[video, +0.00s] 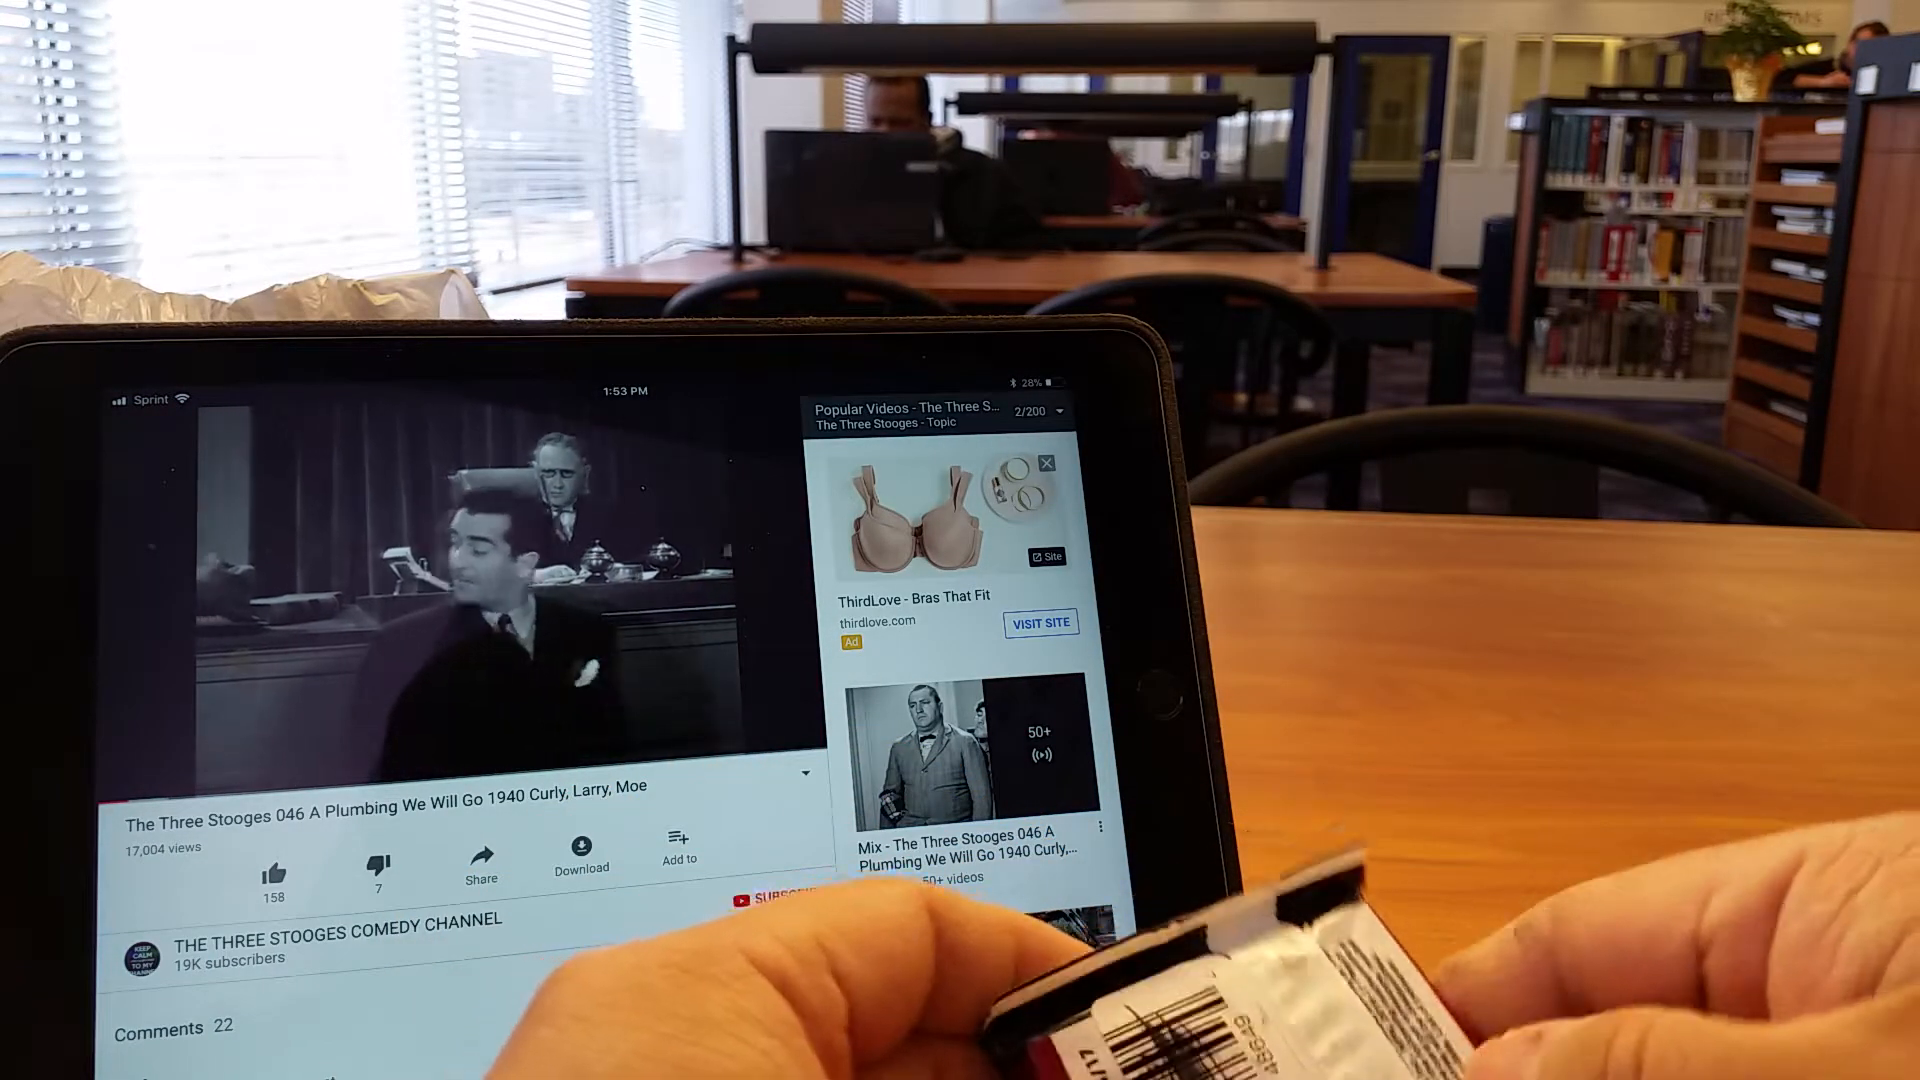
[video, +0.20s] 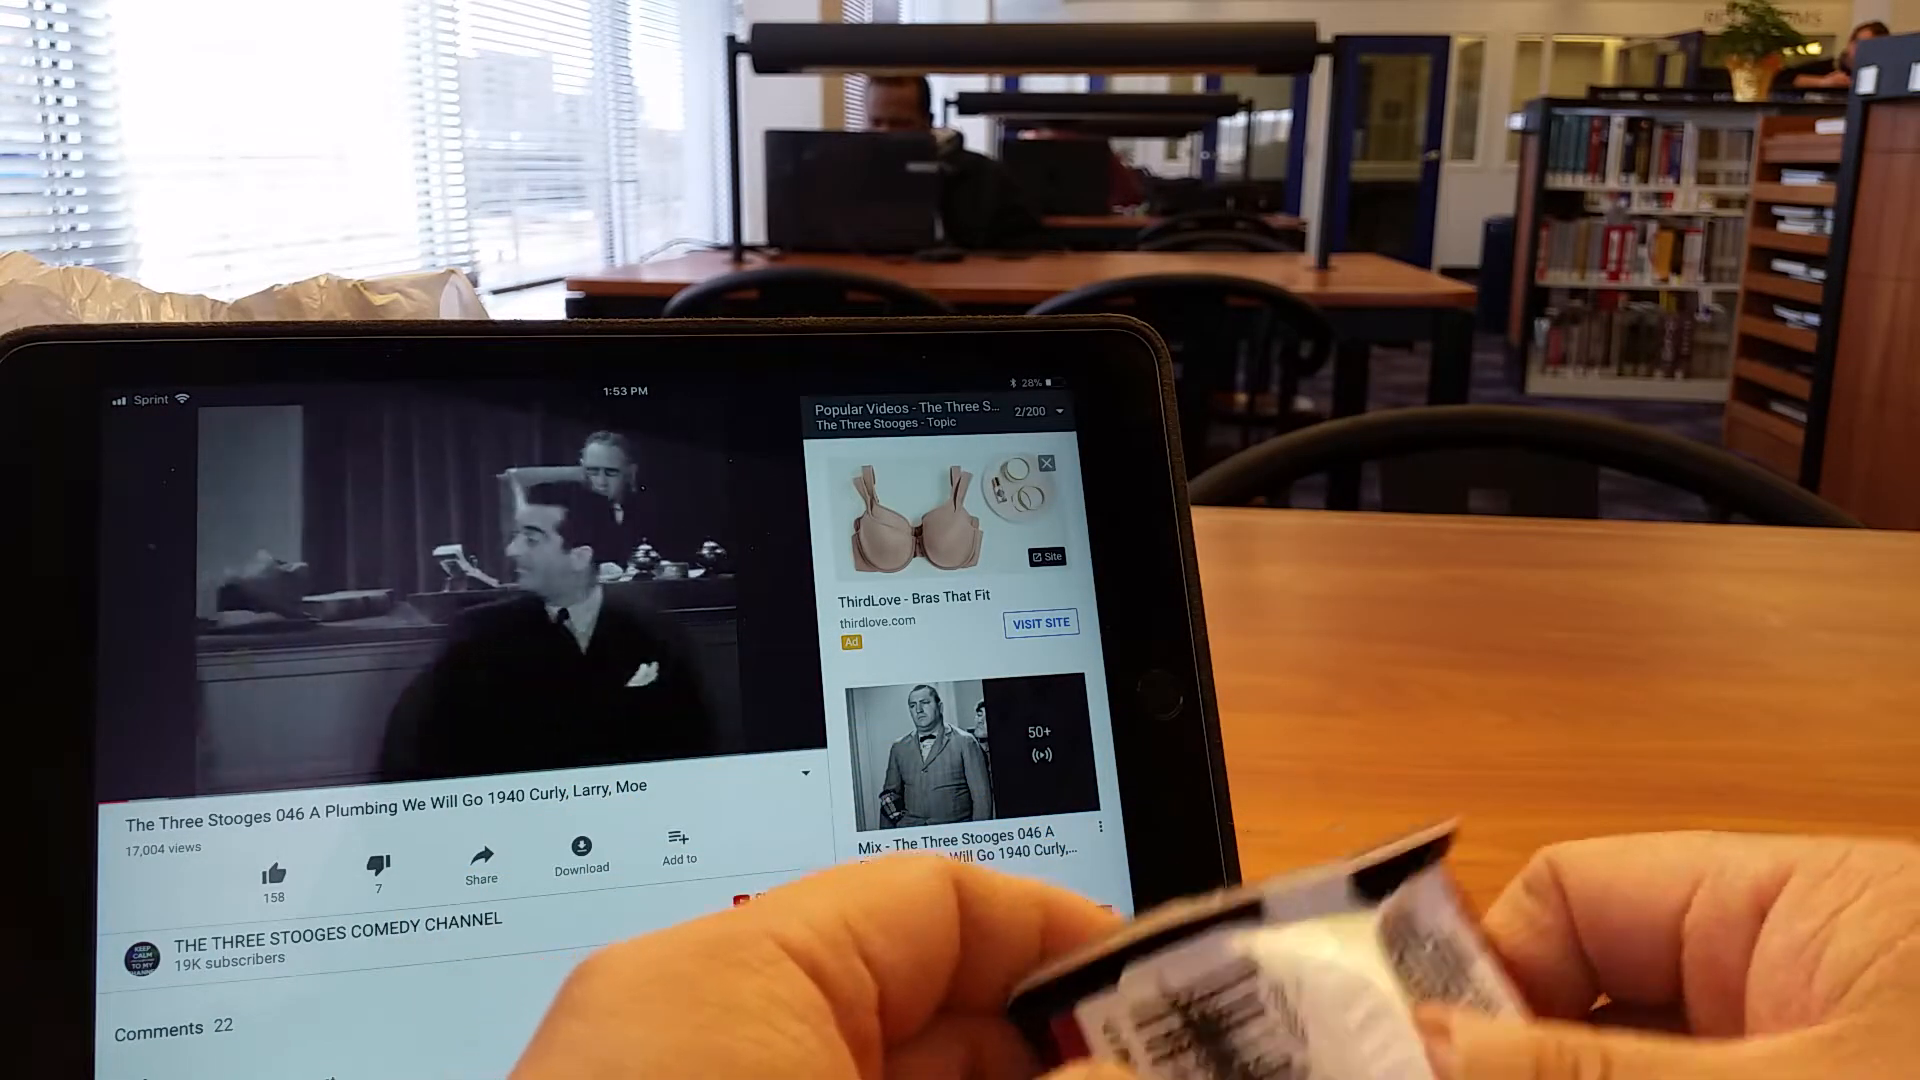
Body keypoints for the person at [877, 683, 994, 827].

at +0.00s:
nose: (919, 710)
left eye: (925, 703)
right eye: (913, 705)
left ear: (939, 707)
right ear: (909, 711)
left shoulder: (964, 742)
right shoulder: (899, 748)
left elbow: (981, 795)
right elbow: (890, 796)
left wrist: (979, 835)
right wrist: (886, 838)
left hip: (955, 831)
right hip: (910, 835)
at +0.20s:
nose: (919, 710)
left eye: (925, 703)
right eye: (913, 705)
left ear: (939, 707)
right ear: (909, 711)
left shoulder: (964, 742)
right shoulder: (899, 748)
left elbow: (981, 795)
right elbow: (890, 796)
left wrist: (979, 835)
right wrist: (886, 838)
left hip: (955, 831)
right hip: (910, 835)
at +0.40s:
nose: (918, 709)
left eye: (925, 703)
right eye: (913, 705)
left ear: (939, 707)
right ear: (909, 711)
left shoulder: (964, 742)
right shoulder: (899, 749)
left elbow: (980, 794)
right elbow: (891, 794)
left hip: (956, 821)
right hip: (915, 825)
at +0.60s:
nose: (919, 710)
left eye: (925, 703)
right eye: (913, 706)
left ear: (940, 707)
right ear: (910, 712)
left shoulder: (964, 742)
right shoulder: (899, 749)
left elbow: (981, 796)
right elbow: (892, 797)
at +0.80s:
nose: (919, 709)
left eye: (925, 703)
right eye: (913, 705)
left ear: (939, 707)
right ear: (909, 711)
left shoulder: (964, 742)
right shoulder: (899, 748)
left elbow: (981, 795)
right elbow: (891, 792)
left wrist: (979, 835)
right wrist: (889, 802)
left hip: (955, 830)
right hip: (911, 833)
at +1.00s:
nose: (919, 710)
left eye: (925, 703)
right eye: (913, 705)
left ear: (940, 707)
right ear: (909, 711)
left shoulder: (964, 742)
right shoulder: (899, 748)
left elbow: (981, 796)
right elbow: (890, 796)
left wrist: (978, 835)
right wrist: (886, 838)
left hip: (956, 833)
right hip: (911, 836)